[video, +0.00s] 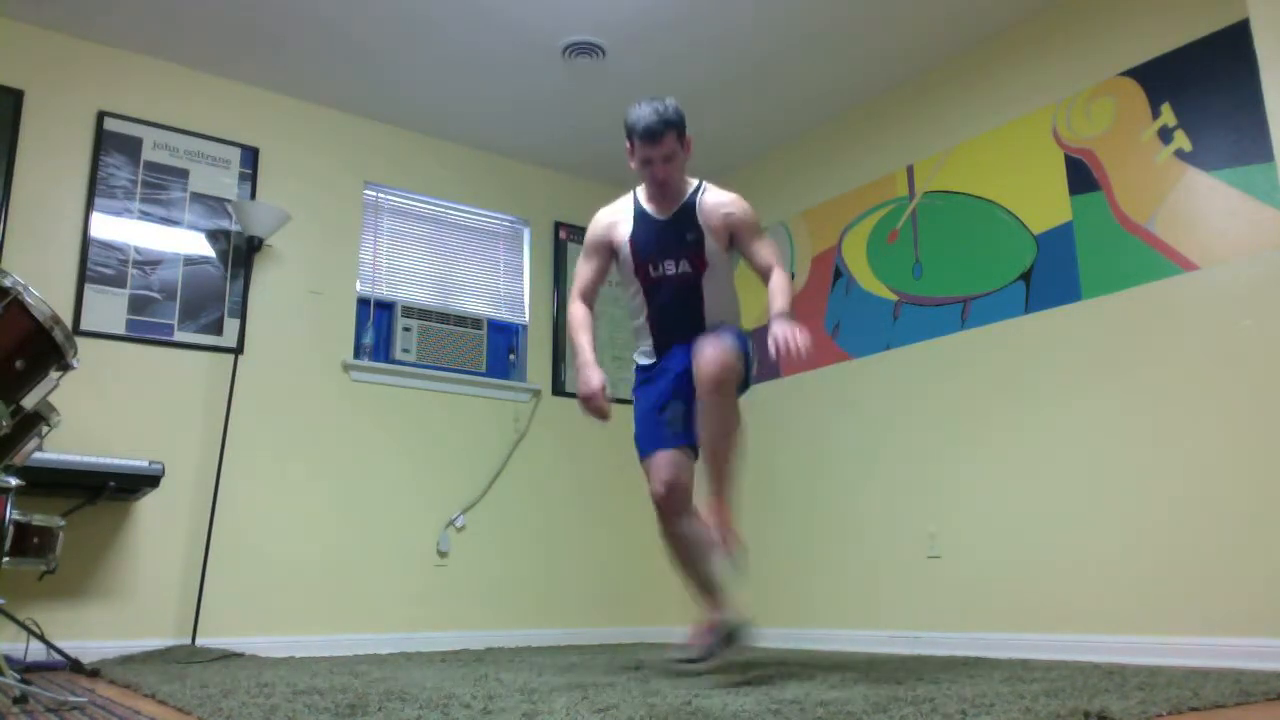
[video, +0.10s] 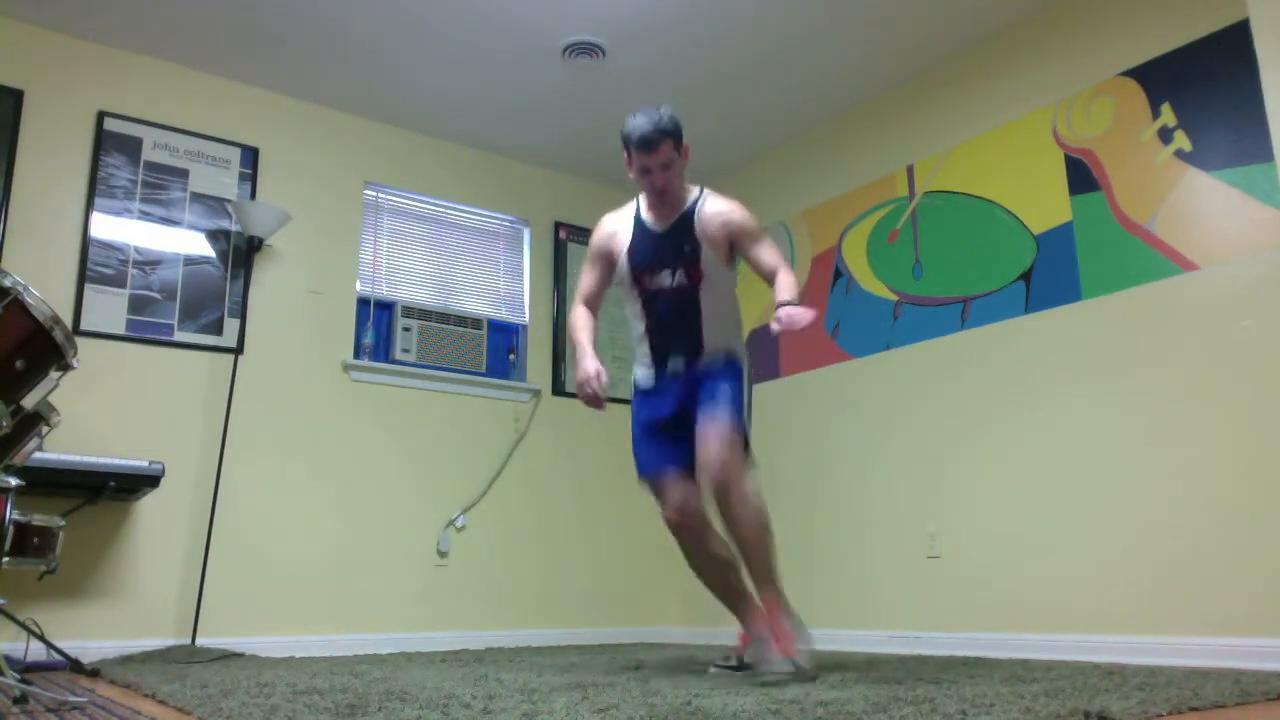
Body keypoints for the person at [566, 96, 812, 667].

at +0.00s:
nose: (658, 173)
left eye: (668, 159)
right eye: (646, 161)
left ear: (686, 150)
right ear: (630, 157)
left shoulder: (723, 209)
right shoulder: (610, 223)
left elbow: (774, 268)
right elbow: (579, 300)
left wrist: (779, 316)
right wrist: (587, 366)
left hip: (720, 346)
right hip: (658, 365)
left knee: (712, 359)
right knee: (666, 491)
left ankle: (717, 509)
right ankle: (717, 612)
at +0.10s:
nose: (657, 180)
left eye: (665, 166)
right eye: (646, 169)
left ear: (684, 157)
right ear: (629, 167)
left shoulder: (722, 217)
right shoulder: (613, 231)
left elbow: (779, 271)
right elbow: (582, 306)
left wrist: (785, 302)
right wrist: (586, 357)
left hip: (716, 372)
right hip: (655, 384)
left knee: (720, 468)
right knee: (679, 513)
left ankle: (775, 610)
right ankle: (752, 624)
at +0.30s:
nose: (627, 165)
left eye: (634, 150)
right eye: (615, 156)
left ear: (655, 139)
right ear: (603, 156)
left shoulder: (696, 199)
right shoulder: (598, 214)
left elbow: (768, 244)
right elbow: (576, 285)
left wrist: (805, 284)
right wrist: (574, 326)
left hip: (700, 348)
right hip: (652, 359)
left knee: (640, 453)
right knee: (662, 489)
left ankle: (723, 595)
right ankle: (743, 609)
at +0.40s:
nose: (601, 161)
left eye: (607, 145)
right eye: (590, 151)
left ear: (632, 130)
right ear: (580, 149)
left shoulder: (677, 187)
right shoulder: (579, 206)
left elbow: (756, 223)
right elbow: (549, 267)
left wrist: (786, 263)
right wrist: (556, 315)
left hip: (686, 334)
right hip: (642, 349)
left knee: (626, 467)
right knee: (607, 483)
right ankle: (716, 577)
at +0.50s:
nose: (584, 179)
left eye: (589, 164)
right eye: (572, 170)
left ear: (614, 146)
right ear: (563, 170)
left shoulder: (661, 203)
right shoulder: (573, 219)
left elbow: (744, 225)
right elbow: (543, 272)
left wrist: (771, 256)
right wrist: (544, 323)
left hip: (664, 366)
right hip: (626, 374)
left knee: (592, 498)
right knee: (579, 506)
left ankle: (614, 646)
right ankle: (695, 579)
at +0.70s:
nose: (541, 189)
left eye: (542, 174)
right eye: (532, 183)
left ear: (565, 147)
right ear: (529, 178)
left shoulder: (613, 187)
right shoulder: (574, 206)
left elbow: (675, 199)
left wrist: (726, 226)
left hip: (641, 348)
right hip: (617, 353)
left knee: (592, 487)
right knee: (585, 484)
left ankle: (613, 645)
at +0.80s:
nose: (536, 179)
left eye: (533, 165)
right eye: (525, 174)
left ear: (554, 136)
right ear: (531, 165)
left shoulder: (599, 167)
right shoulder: (578, 194)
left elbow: (672, 182)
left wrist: (679, 230)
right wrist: (709, 276)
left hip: (614, 334)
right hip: (637, 338)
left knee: (574, 482)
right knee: (616, 481)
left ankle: (607, 618)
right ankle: (676, 414)